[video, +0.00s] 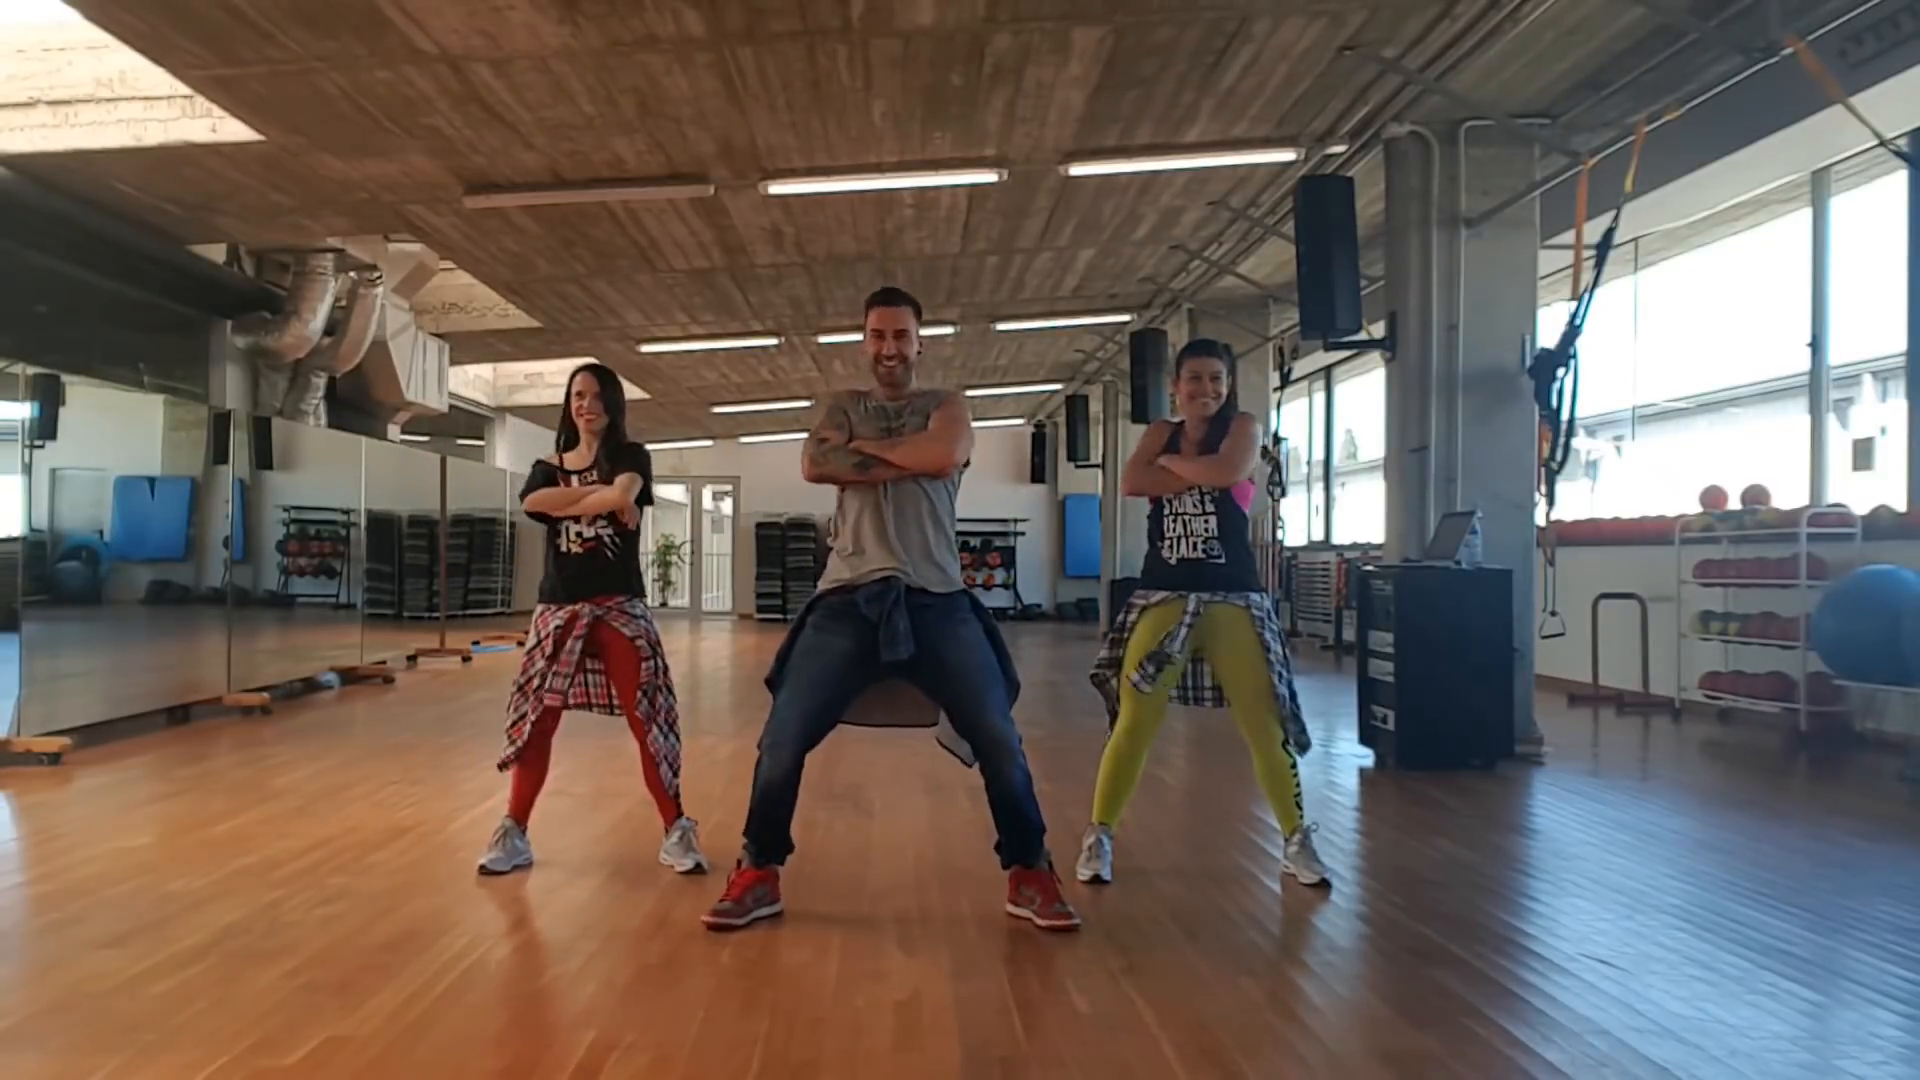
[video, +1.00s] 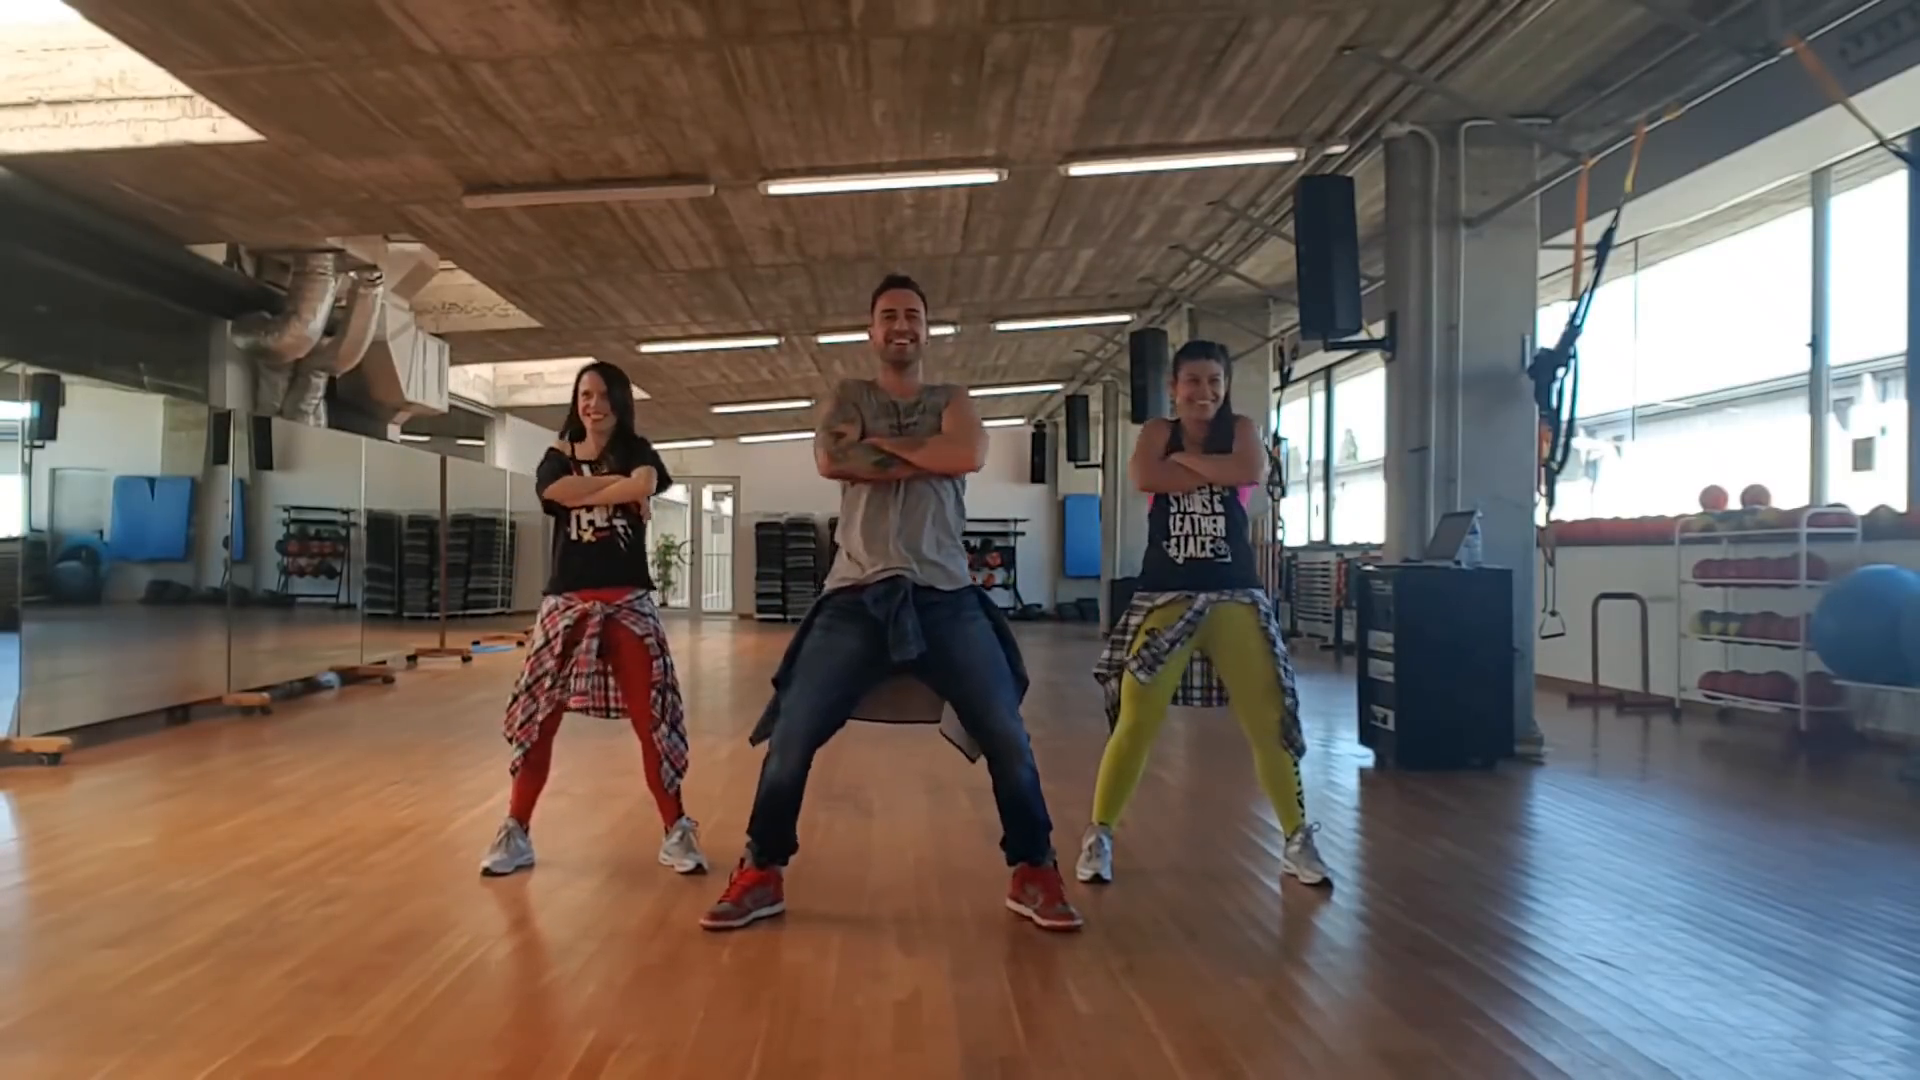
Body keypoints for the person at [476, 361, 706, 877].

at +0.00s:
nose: (586, 404)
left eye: (595, 397)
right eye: (578, 396)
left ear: (612, 404)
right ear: (568, 405)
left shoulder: (631, 455)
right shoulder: (550, 463)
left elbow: (619, 498)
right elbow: (532, 502)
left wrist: (561, 505)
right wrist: (601, 494)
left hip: (618, 602)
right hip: (558, 606)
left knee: (645, 713)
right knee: (539, 715)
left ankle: (676, 829)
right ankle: (514, 832)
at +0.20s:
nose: (608, 403)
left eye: (617, 395)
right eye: (601, 395)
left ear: (637, 402)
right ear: (591, 403)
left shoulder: (653, 461)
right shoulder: (572, 450)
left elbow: (652, 508)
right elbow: (563, 495)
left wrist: (590, 501)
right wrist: (632, 499)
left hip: (632, 600)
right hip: (571, 598)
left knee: (654, 718)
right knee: (544, 711)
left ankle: (678, 831)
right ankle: (517, 832)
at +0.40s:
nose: (610, 405)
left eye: (618, 397)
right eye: (602, 397)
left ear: (638, 404)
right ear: (592, 405)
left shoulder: (651, 459)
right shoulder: (573, 447)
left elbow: (644, 503)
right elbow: (558, 491)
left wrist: (583, 499)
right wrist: (629, 500)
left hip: (631, 604)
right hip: (570, 601)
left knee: (652, 720)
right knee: (540, 714)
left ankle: (677, 831)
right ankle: (516, 831)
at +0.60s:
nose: (589, 406)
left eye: (598, 398)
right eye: (581, 398)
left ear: (616, 403)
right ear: (573, 403)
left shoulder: (633, 449)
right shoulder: (555, 450)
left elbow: (616, 487)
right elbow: (532, 490)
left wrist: (559, 496)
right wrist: (607, 487)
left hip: (623, 600)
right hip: (562, 602)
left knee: (650, 716)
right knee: (538, 714)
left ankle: (677, 831)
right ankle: (516, 832)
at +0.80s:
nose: (574, 408)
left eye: (584, 400)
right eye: (567, 400)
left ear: (603, 407)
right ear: (557, 409)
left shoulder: (624, 452)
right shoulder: (549, 471)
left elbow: (613, 496)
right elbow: (529, 514)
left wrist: (554, 510)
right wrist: (597, 493)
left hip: (618, 600)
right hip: (559, 605)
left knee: (643, 716)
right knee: (543, 717)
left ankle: (675, 831)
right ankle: (516, 832)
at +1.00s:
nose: (593, 404)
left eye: (602, 396)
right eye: (585, 396)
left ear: (621, 403)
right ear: (575, 402)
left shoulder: (638, 450)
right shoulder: (558, 453)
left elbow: (640, 489)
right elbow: (555, 492)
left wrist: (580, 487)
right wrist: (625, 483)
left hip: (628, 598)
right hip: (567, 599)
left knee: (649, 713)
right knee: (541, 712)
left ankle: (677, 830)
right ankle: (515, 832)